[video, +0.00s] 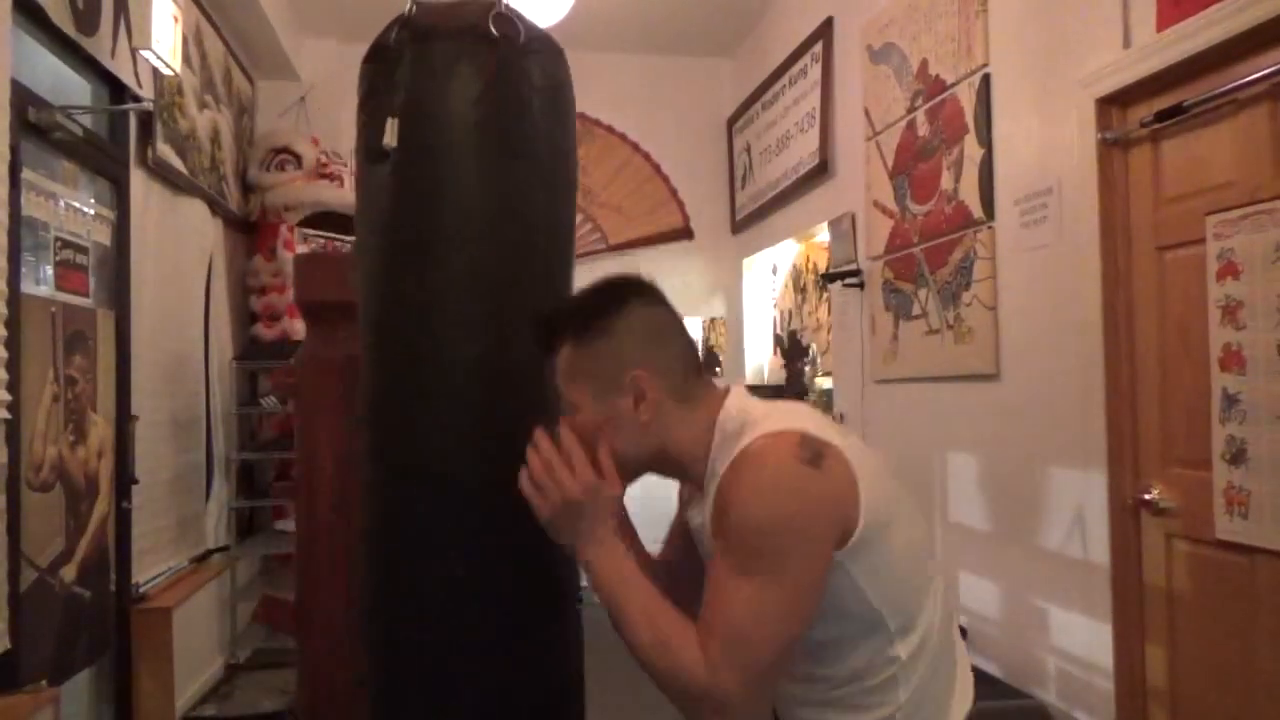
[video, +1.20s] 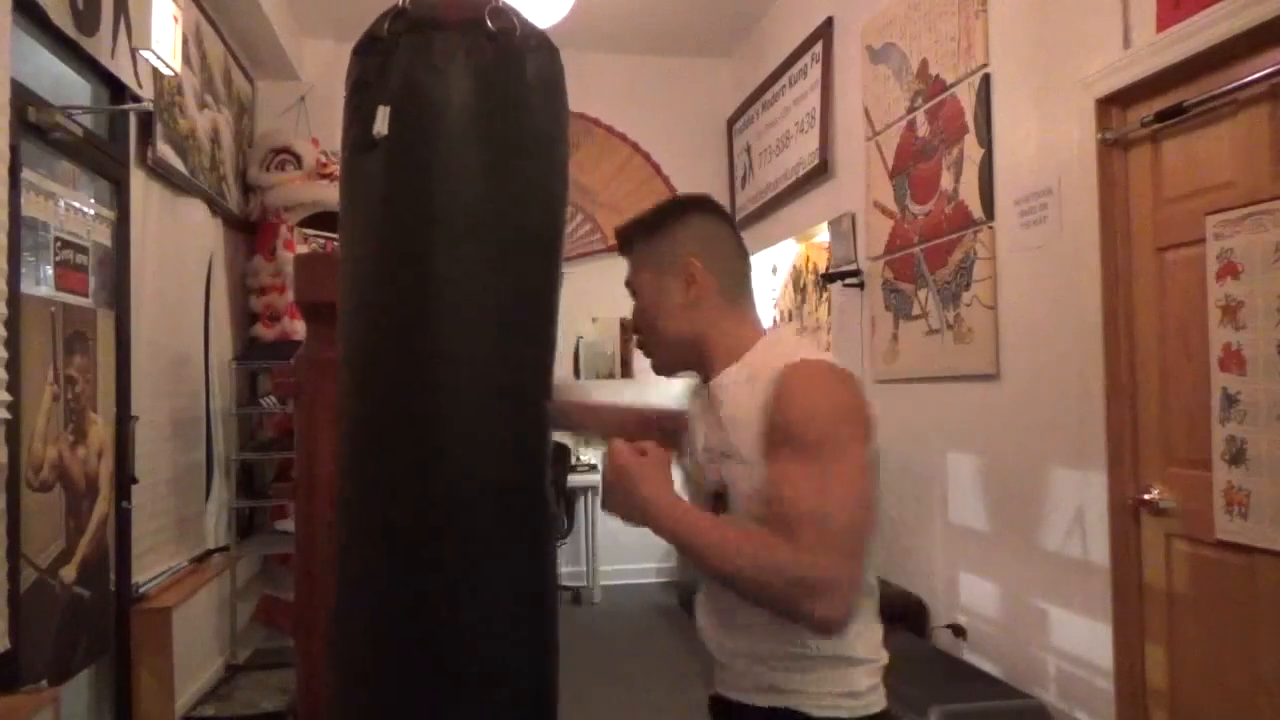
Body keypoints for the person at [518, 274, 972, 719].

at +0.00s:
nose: (566, 434)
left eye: (571, 410)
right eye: (563, 413)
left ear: (640, 397)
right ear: (646, 396)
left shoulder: (778, 474)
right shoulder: (715, 451)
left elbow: (724, 696)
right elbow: (675, 602)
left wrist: (597, 541)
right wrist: (602, 514)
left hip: (893, 709)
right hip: (818, 695)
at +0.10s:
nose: (582, 459)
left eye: (584, 437)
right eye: (577, 440)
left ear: (640, 425)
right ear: (644, 424)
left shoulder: (762, 495)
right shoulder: (747, 460)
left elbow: (718, 701)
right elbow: (692, 628)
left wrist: (603, 561)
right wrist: (624, 525)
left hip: (901, 710)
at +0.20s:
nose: (620, 449)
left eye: (621, 430)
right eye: (615, 432)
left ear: (663, 419)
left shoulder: (757, 488)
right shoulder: (779, 444)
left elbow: (700, 690)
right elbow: (713, 642)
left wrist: (619, 543)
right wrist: (654, 514)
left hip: (890, 711)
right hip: (946, 698)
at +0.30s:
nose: (650, 406)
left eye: (652, 385)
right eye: (647, 387)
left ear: (692, 378)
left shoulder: (765, 447)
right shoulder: (802, 410)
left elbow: (690, 628)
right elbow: (723, 587)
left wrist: (638, 484)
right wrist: (686, 462)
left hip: (891, 708)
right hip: (950, 691)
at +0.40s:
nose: (676, 363)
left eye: (676, 343)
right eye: (672, 345)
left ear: (718, 331)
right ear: (770, 316)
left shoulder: (776, 397)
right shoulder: (827, 371)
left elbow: (691, 570)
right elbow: (749, 549)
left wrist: (644, 430)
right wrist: (707, 418)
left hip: (886, 700)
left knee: (712, 597)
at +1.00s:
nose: (721, 364)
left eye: (721, 345)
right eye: (714, 350)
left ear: (758, 323)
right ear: (806, 315)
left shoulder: (765, 366)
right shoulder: (890, 367)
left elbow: (663, 508)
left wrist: (662, 387)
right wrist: (730, 370)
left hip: (825, 697)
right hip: (932, 686)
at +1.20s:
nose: (632, 322)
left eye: (637, 295)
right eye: (632, 299)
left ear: (691, 283)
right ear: (691, 285)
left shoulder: (814, 389)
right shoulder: (712, 401)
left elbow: (824, 595)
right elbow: (662, 429)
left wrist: (659, 508)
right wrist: (555, 409)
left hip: (813, 705)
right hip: (738, 693)